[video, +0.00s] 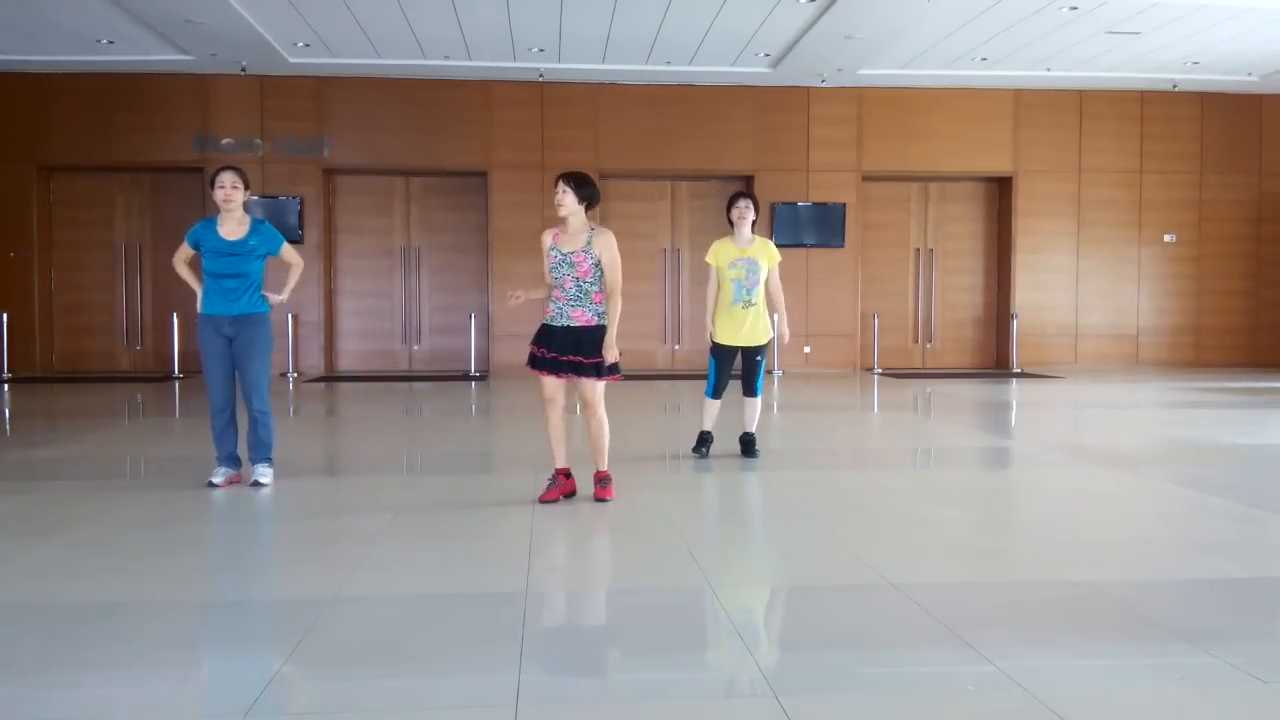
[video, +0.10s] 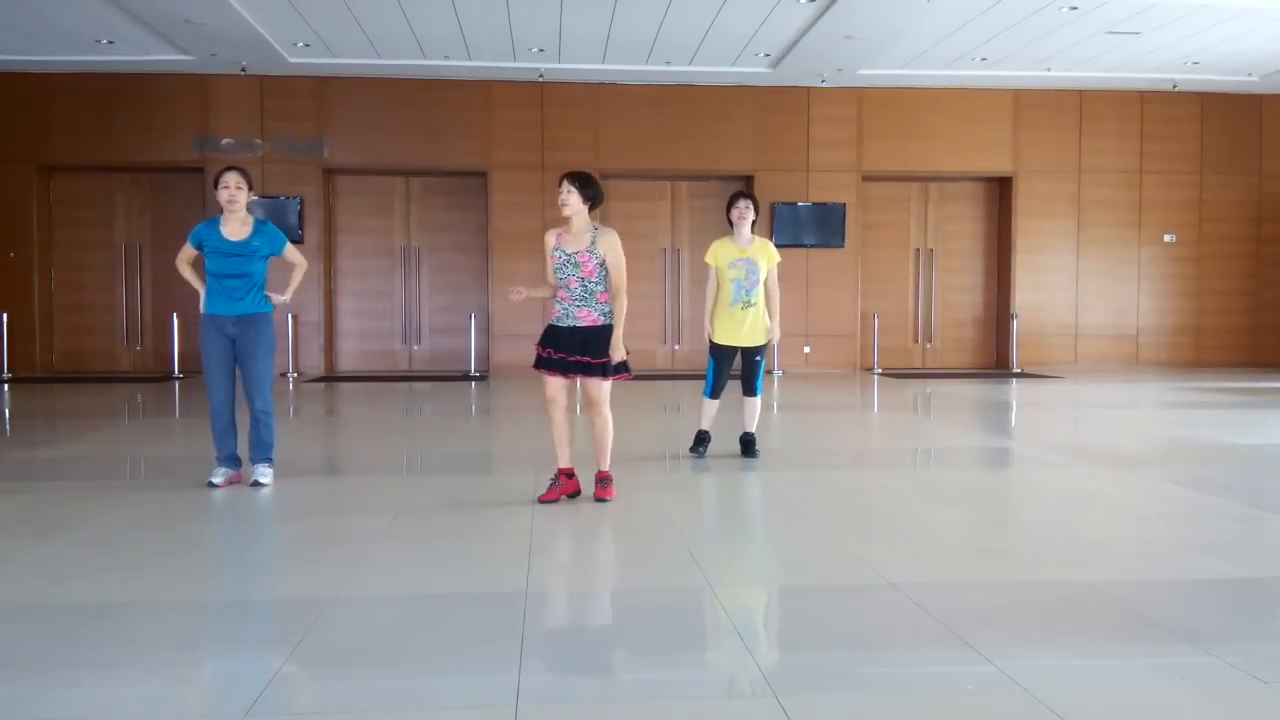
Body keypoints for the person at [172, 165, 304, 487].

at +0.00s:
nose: (227, 192)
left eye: (233, 187)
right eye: (221, 187)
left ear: (245, 193)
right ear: (213, 194)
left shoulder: (262, 230)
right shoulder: (203, 230)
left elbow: (297, 262)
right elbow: (178, 260)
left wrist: (283, 295)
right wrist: (199, 289)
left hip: (252, 321)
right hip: (212, 322)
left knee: (256, 397)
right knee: (219, 398)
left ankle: (262, 464)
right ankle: (228, 465)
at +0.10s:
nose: (231, 192)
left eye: (238, 187)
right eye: (225, 187)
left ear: (249, 194)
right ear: (216, 194)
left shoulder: (266, 232)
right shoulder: (205, 231)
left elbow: (301, 263)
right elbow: (181, 261)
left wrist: (286, 295)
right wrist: (202, 289)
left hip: (256, 322)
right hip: (215, 323)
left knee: (259, 398)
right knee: (219, 399)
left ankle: (262, 464)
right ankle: (228, 465)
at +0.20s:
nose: (235, 193)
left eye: (242, 188)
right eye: (229, 188)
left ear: (252, 195)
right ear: (220, 194)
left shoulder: (268, 233)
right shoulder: (208, 232)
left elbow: (304, 263)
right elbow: (183, 262)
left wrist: (289, 296)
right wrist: (204, 289)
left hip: (259, 322)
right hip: (218, 323)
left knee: (261, 397)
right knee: (219, 397)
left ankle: (263, 463)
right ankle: (226, 465)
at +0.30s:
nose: (238, 194)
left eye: (245, 189)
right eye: (232, 188)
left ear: (255, 196)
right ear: (222, 195)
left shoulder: (270, 234)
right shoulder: (209, 233)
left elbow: (304, 265)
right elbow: (183, 262)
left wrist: (290, 298)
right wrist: (205, 290)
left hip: (261, 322)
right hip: (219, 323)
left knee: (263, 396)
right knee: (218, 395)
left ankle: (263, 463)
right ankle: (224, 464)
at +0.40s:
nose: (242, 195)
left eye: (249, 190)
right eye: (235, 190)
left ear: (257, 197)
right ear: (224, 195)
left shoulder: (271, 235)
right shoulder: (210, 232)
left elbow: (303, 267)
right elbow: (182, 263)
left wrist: (290, 299)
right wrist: (204, 291)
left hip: (262, 322)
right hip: (220, 323)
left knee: (264, 396)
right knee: (220, 396)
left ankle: (263, 463)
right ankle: (222, 464)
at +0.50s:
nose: (245, 195)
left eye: (251, 191)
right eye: (238, 190)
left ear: (258, 197)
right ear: (225, 195)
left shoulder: (271, 234)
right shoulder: (210, 231)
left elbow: (301, 267)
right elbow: (178, 261)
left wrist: (289, 299)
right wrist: (203, 291)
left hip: (262, 322)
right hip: (219, 323)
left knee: (263, 397)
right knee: (221, 396)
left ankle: (263, 463)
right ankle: (222, 464)